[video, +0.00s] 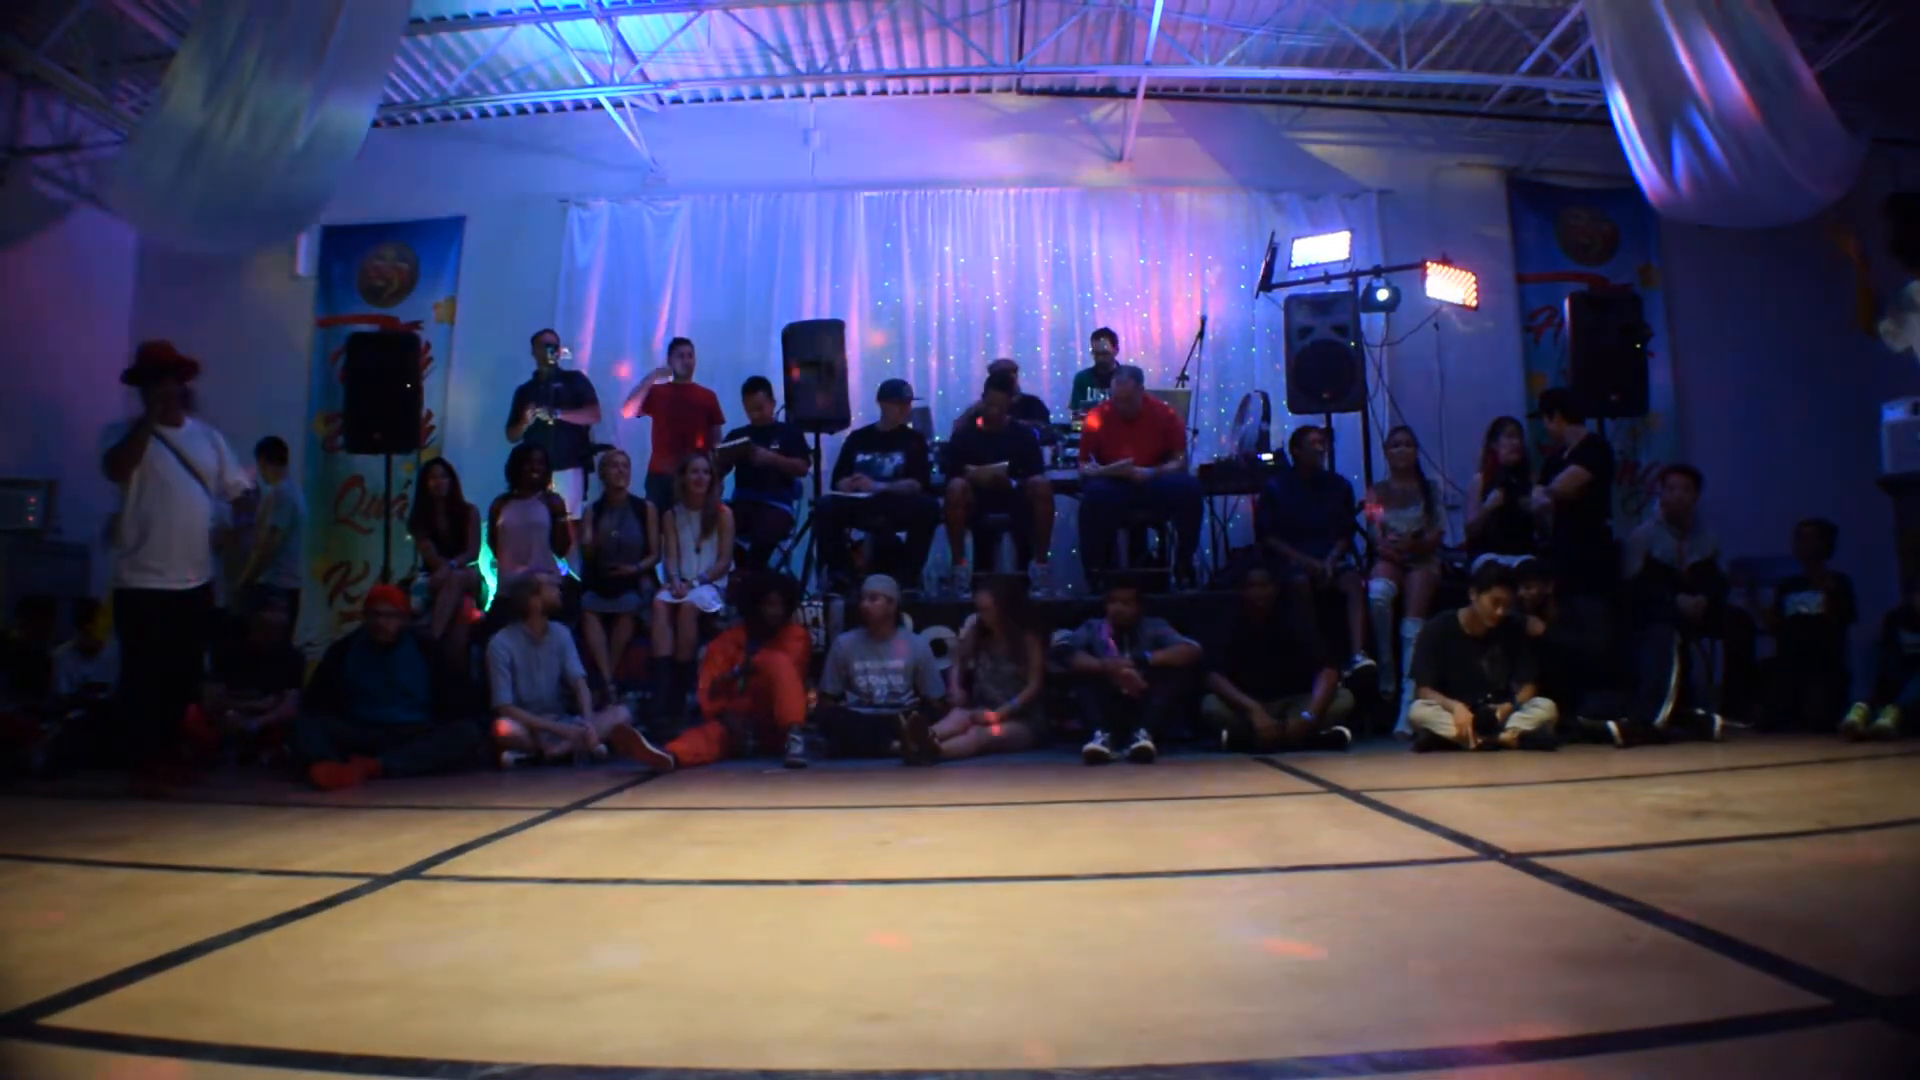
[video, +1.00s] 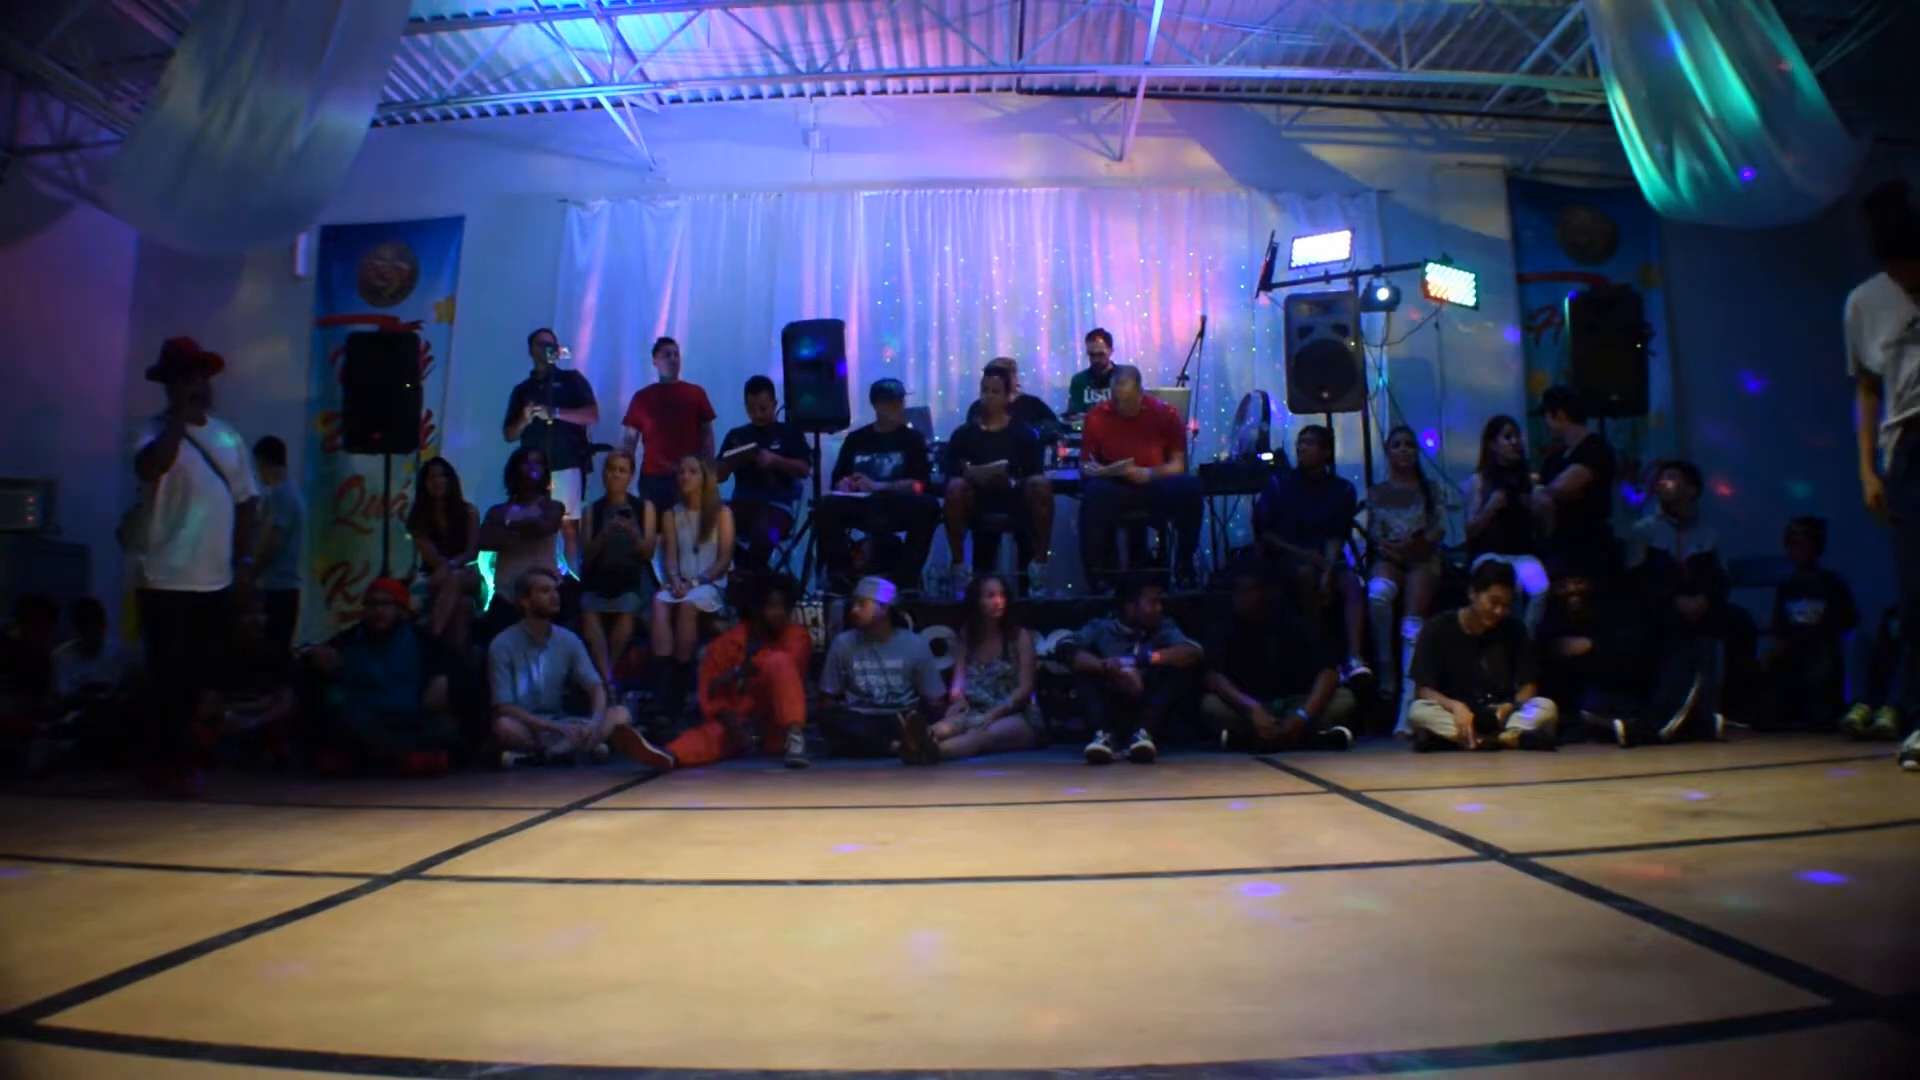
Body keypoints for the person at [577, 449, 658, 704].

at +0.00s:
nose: (620, 471)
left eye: (625, 466)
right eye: (614, 466)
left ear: (630, 472)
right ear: (602, 473)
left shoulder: (646, 508)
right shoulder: (592, 510)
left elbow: (654, 553)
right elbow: (587, 549)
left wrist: (634, 568)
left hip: (630, 576)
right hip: (600, 574)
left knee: (626, 612)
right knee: (589, 612)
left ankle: (607, 677)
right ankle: (607, 681)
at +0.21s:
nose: (619, 472)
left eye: (624, 467)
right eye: (613, 467)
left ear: (629, 473)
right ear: (601, 474)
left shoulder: (644, 508)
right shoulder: (589, 511)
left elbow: (653, 551)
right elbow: (584, 554)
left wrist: (635, 563)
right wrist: (596, 546)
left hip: (630, 578)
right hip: (600, 577)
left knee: (626, 613)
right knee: (589, 614)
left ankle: (607, 678)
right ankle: (606, 680)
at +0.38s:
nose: (620, 472)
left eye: (624, 467)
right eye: (613, 467)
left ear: (629, 473)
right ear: (600, 474)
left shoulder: (644, 508)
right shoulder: (589, 512)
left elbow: (652, 551)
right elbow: (584, 553)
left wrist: (626, 552)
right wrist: (598, 547)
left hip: (632, 575)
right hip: (599, 575)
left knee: (626, 609)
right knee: (588, 610)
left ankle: (609, 671)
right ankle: (604, 675)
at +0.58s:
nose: (622, 474)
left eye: (626, 469)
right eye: (615, 468)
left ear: (630, 474)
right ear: (603, 474)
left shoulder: (645, 507)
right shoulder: (592, 511)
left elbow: (653, 550)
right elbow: (587, 551)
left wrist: (632, 536)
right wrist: (607, 539)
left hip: (633, 574)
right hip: (601, 575)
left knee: (627, 610)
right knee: (591, 611)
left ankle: (608, 675)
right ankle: (606, 678)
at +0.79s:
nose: (619, 476)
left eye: (624, 471)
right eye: (614, 471)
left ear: (631, 475)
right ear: (603, 475)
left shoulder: (644, 508)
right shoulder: (591, 511)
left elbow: (648, 550)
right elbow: (587, 554)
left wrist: (632, 533)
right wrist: (605, 537)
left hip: (631, 576)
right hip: (598, 577)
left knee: (625, 611)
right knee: (589, 611)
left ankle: (607, 675)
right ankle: (605, 681)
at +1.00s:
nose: (616, 475)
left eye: (622, 470)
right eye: (611, 469)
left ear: (631, 476)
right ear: (604, 474)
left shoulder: (645, 507)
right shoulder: (591, 510)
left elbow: (648, 550)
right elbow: (587, 554)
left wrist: (631, 533)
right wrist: (604, 535)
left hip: (631, 573)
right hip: (599, 573)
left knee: (626, 611)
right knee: (589, 611)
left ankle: (607, 672)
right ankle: (606, 677)